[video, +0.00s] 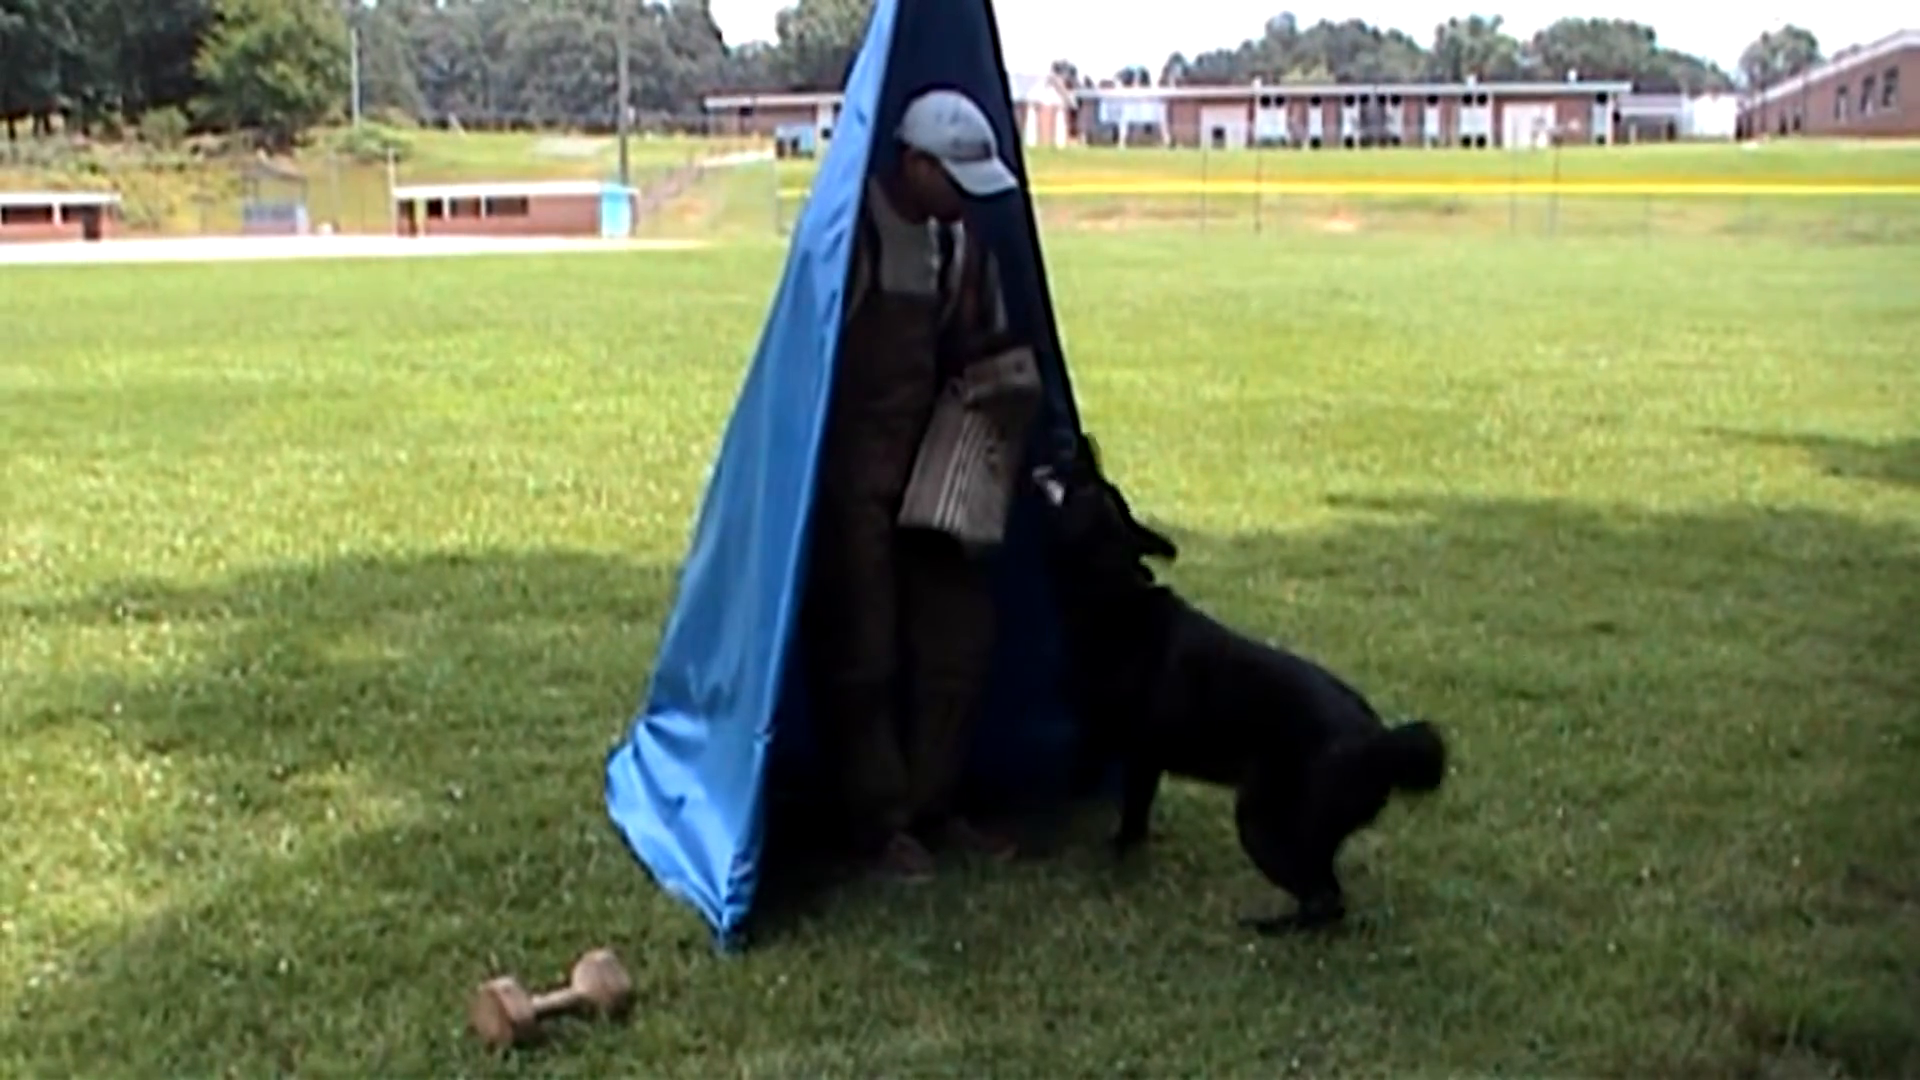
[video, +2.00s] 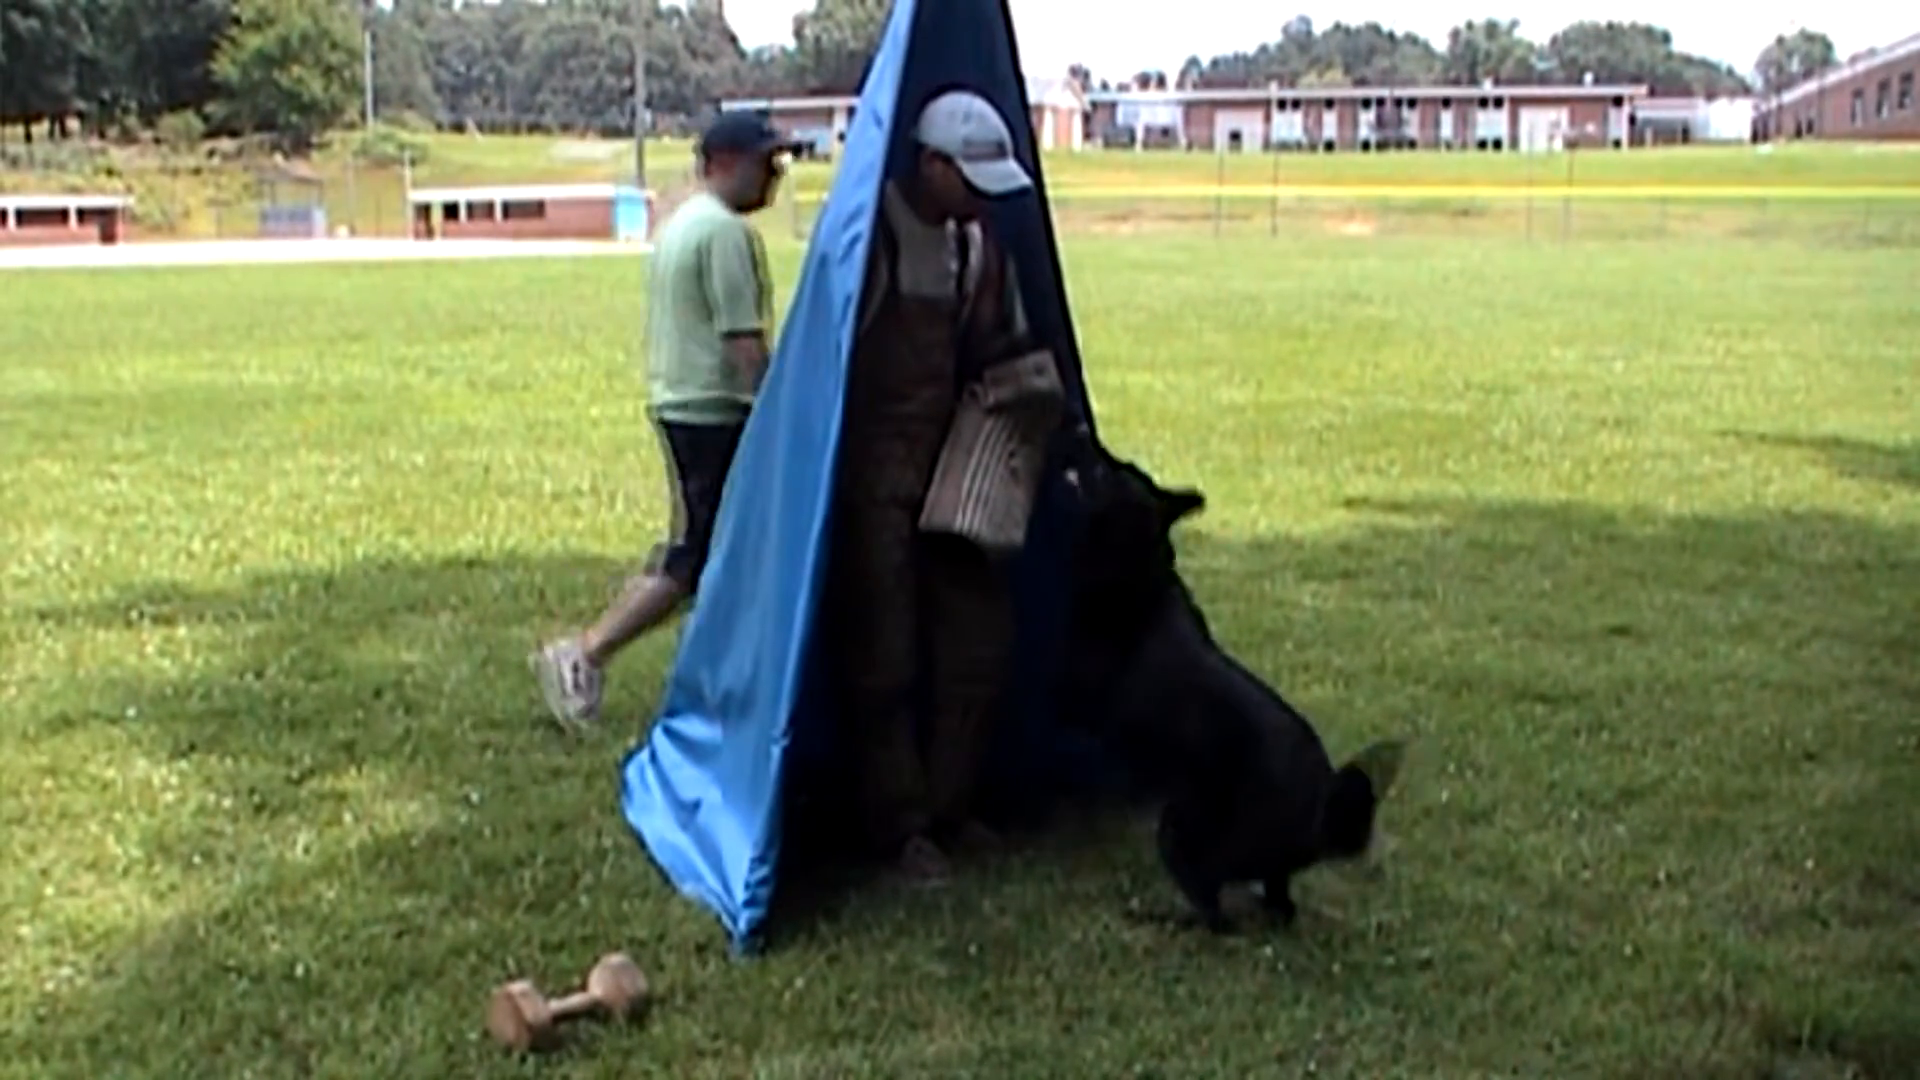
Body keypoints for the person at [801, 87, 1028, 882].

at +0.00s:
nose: (964, 199)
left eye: (971, 184)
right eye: (954, 182)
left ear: (965, 174)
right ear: (910, 163)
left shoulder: (967, 246)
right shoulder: (845, 242)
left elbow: (995, 360)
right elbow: (806, 372)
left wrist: (1000, 386)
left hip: (944, 481)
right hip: (853, 484)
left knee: (951, 640)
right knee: (868, 653)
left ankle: (939, 808)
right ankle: (880, 826)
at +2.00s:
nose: (980, 197)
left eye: (987, 184)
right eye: (970, 181)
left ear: (980, 171)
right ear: (928, 164)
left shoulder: (984, 246)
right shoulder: (865, 242)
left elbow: (1002, 359)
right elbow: (821, 366)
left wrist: (1029, 383)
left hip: (964, 484)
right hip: (876, 483)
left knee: (972, 644)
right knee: (888, 655)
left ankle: (952, 810)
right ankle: (899, 828)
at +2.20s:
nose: (981, 201)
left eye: (988, 187)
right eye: (972, 184)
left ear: (980, 173)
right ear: (929, 165)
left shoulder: (982, 249)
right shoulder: (862, 243)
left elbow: (1004, 360)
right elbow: (817, 363)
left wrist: (1028, 384)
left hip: (963, 484)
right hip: (875, 483)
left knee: (971, 643)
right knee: (887, 655)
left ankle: (952, 811)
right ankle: (899, 829)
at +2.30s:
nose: (980, 199)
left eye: (987, 186)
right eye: (970, 182)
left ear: (981, 173)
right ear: (928, 164)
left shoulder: (983, 249)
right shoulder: (863, 244)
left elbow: (1003, 361)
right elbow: (824, 370)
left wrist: (1029, 382)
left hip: (963, 484)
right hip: (875, 485)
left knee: (971, 645)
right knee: (888, 656)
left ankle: (953, 811)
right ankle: (898, 830)